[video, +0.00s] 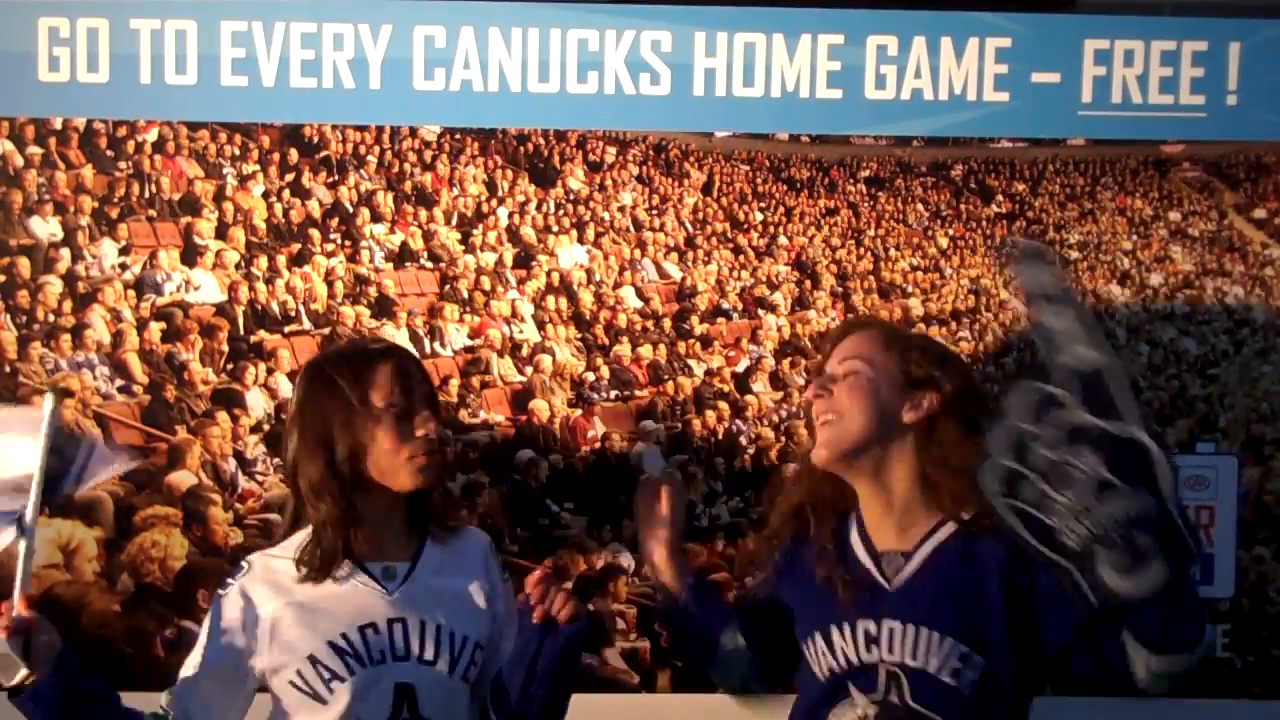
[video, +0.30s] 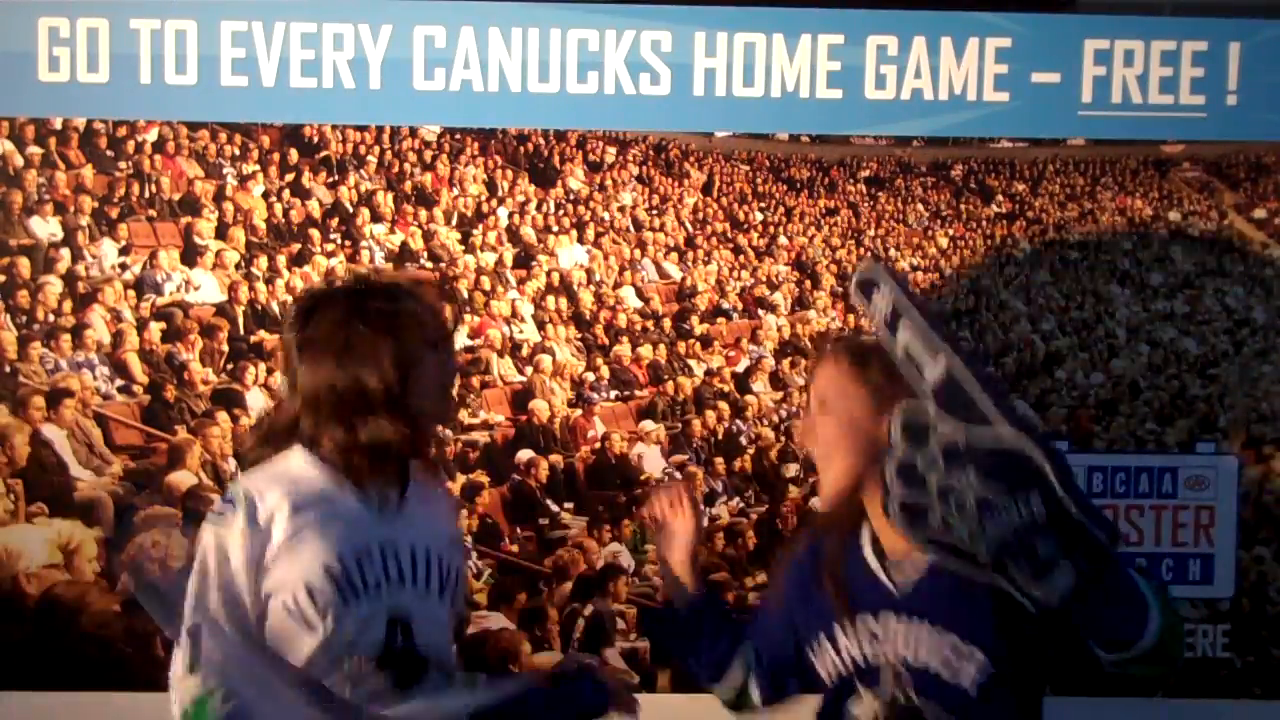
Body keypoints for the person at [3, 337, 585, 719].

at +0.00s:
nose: (431, 424)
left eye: (430, 404)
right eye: (399, 409)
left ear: (436, 415)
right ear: (337, 435)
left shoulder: (474, 558)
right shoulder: (261, 591)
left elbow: (515, 710)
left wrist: (548, 639)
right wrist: (58, 673)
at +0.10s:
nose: (438, 410)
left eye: (435, 392)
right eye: (414, 395)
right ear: (356, 414)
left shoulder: (476, 537)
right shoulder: (268, 567)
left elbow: (509, 699)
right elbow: (193, 713)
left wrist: (561, 664)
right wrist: (84, 685)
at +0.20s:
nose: (458, 363)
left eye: (453, 343)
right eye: (438, 344)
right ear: (377, 356)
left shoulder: (458, 496)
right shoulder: (256, 510)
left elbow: (475, 648)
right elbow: (215, 670)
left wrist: (548, 678)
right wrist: (200, 698)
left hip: (446, 714)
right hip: (308, 710)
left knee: (590, 696)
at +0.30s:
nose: (454, 363)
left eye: (449, 346)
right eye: (437, 347)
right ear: (378, 366)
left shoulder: (432, 493)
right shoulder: (264, 503)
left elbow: (439, 662)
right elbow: (212, 689)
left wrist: (526, 687)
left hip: (422, 709)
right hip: (302, 710)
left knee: (581, 690)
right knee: (573, 696)